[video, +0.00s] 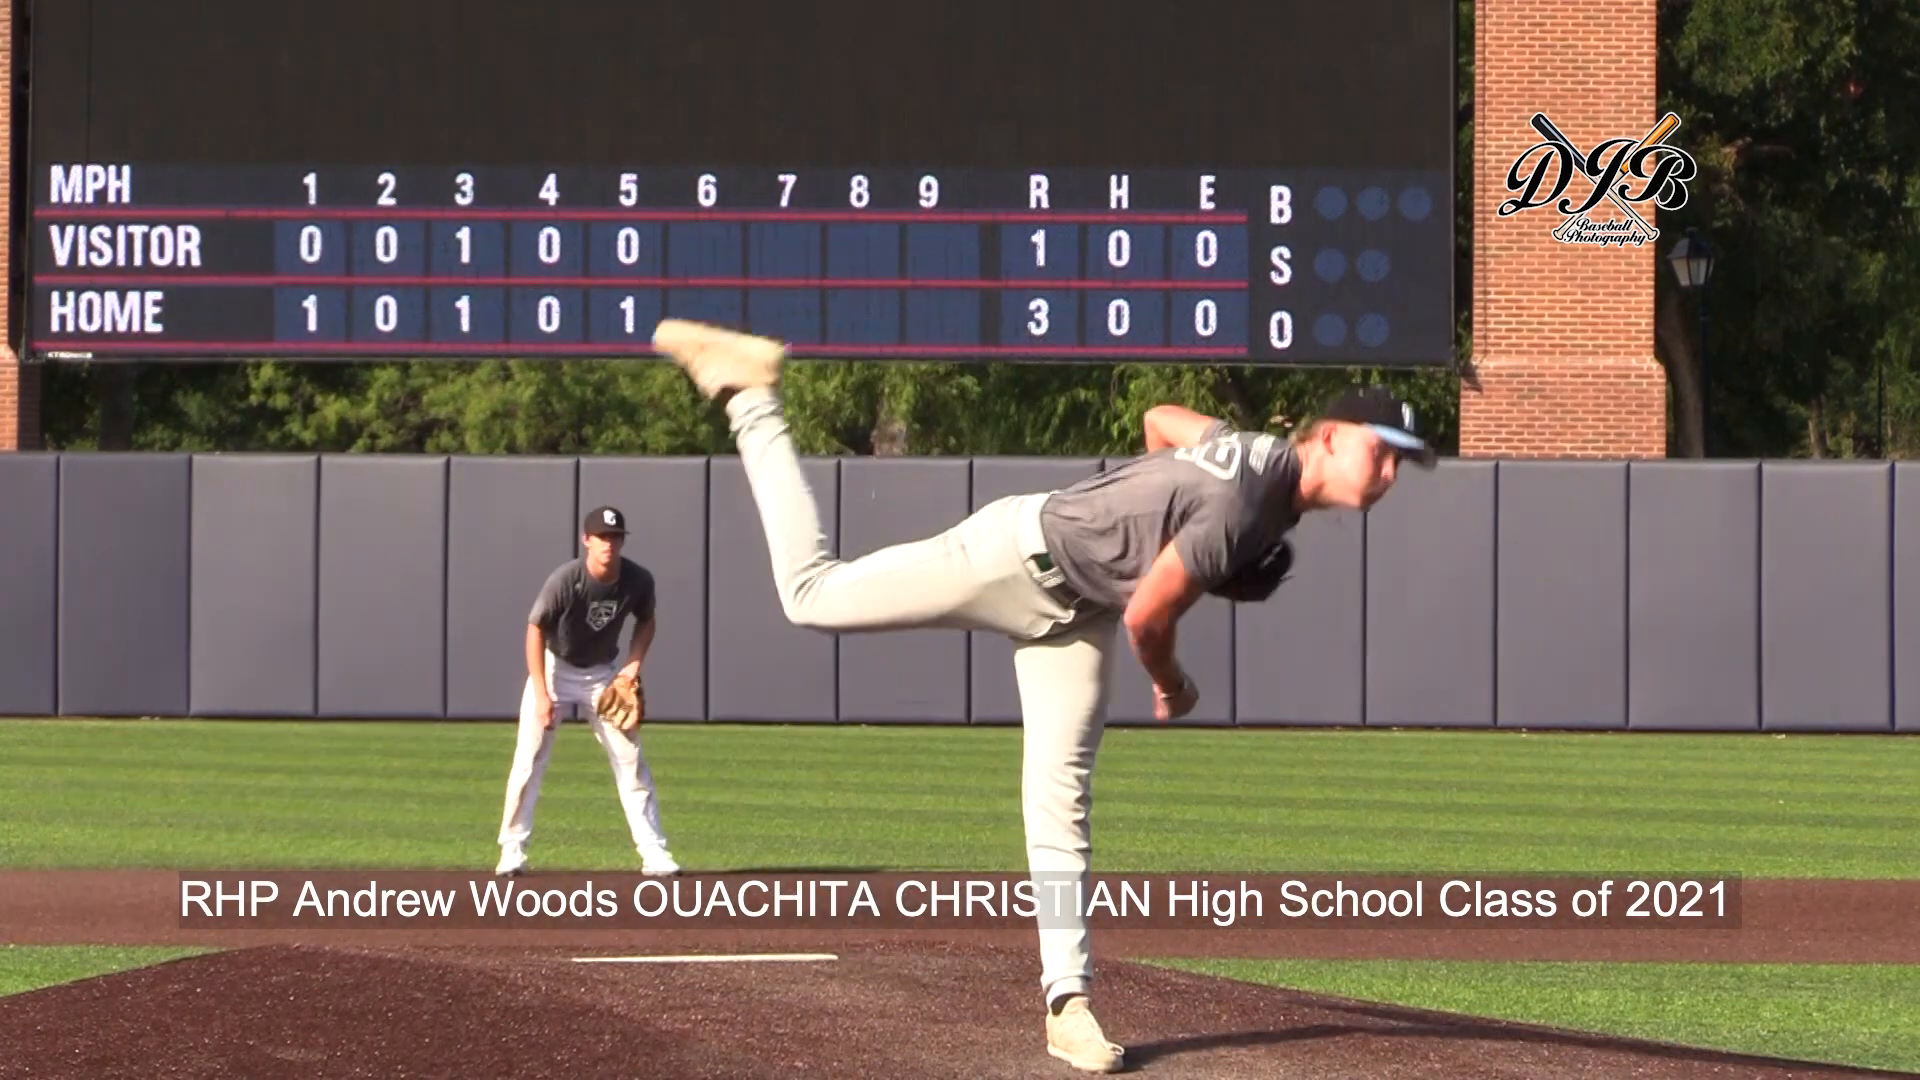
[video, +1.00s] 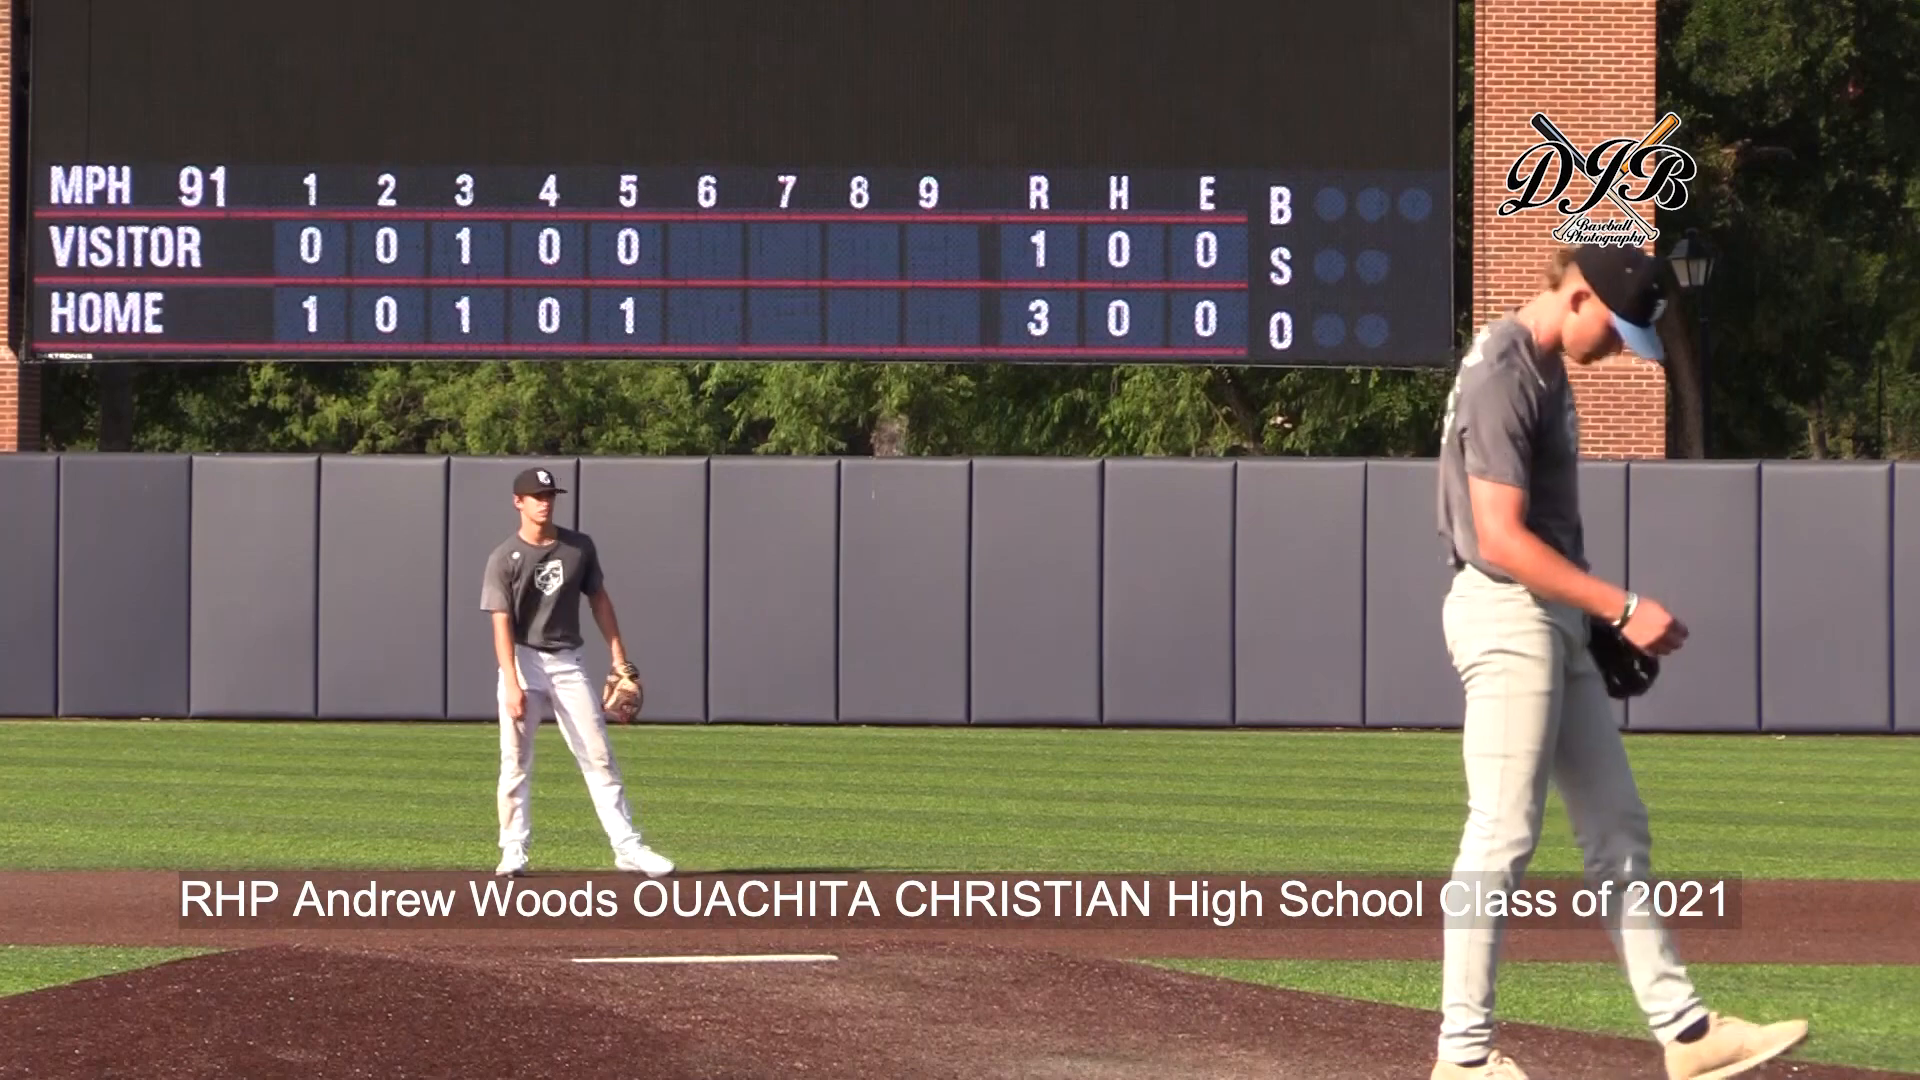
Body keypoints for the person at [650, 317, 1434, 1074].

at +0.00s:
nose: (1389, 471)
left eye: (1393, 460)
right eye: (1378, 454)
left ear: (1342, 454)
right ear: (1323, 445)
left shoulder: (1264, 464)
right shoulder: (1247, 501)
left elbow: (1165, 418)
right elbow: (1147, 617)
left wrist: (1178, 521)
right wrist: (1173, 683)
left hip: (1080, 617)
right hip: (1021, 554)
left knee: (1059, 801)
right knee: (811, 593)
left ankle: (1069, 1005)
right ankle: (748, 388)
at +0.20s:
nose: (1397, 297)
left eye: (1404, 284)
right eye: (1383, 280)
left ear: (1394, 296)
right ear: (1331, 279)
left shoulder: (1352, 391)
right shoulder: (1260, 345)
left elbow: (1280, 483)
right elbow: (1160, 427)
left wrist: (1327, 549)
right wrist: (1152, 494)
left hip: (1179, 566)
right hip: (1131, 521)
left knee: (1111, 785)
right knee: (1064, 681)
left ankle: (1066, 996)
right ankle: (911, 550)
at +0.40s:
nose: (1440, 265)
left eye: (1444, 252)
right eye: (1424, 248)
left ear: (1432, 266)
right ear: (1370, 251)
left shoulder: (1383, 363)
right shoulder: (1324, 316)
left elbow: (1344, 505)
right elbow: (1233, 386)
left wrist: (1411, 515)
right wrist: (1309, 385)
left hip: (1286, 560)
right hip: (1264, 551)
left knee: (1199, 790)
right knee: (1318, 777)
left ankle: (1084, 983)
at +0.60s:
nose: (1492, 303)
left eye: (1494, 288)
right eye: (1475, 285)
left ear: (1432, 301)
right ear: (1420, 294)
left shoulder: (1377, 381)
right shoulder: (1419, 390)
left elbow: (1394, 529)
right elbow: (1416, 530)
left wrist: (1495, 551)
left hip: (1366, 628)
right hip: (1415, 631)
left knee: (1400, 853)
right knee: (1523, 833)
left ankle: (1203, 952)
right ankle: (1473, 1049)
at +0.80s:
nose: (1561, 297)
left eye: (1565, 281)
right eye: (1551, 278)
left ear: (1500, 269)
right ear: (1499, 266)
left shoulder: (1437, 344)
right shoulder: (1475, 372)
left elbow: (1454, 509)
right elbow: (1487, 527)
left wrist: (1551, 574)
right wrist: (1601, 602)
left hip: (1451, 599)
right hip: (1473, 610)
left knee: (1562, 806)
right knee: (1516, 822)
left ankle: (1450, 1005)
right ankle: (1465, 1044)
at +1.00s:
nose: (1613, 350)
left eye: (1622, 337)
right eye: (1613, 333)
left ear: (1580, 298)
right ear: (1573, 295)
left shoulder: (1538, 368)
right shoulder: (1503, 375)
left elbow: (1539, 521)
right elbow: (1497, 536)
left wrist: (1600, 623)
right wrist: (1619, 605)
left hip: (1551, 612)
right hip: (1504, 610)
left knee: (1615, 827)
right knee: (1501, 832)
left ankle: (1684, 1030)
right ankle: (1463, 1051)